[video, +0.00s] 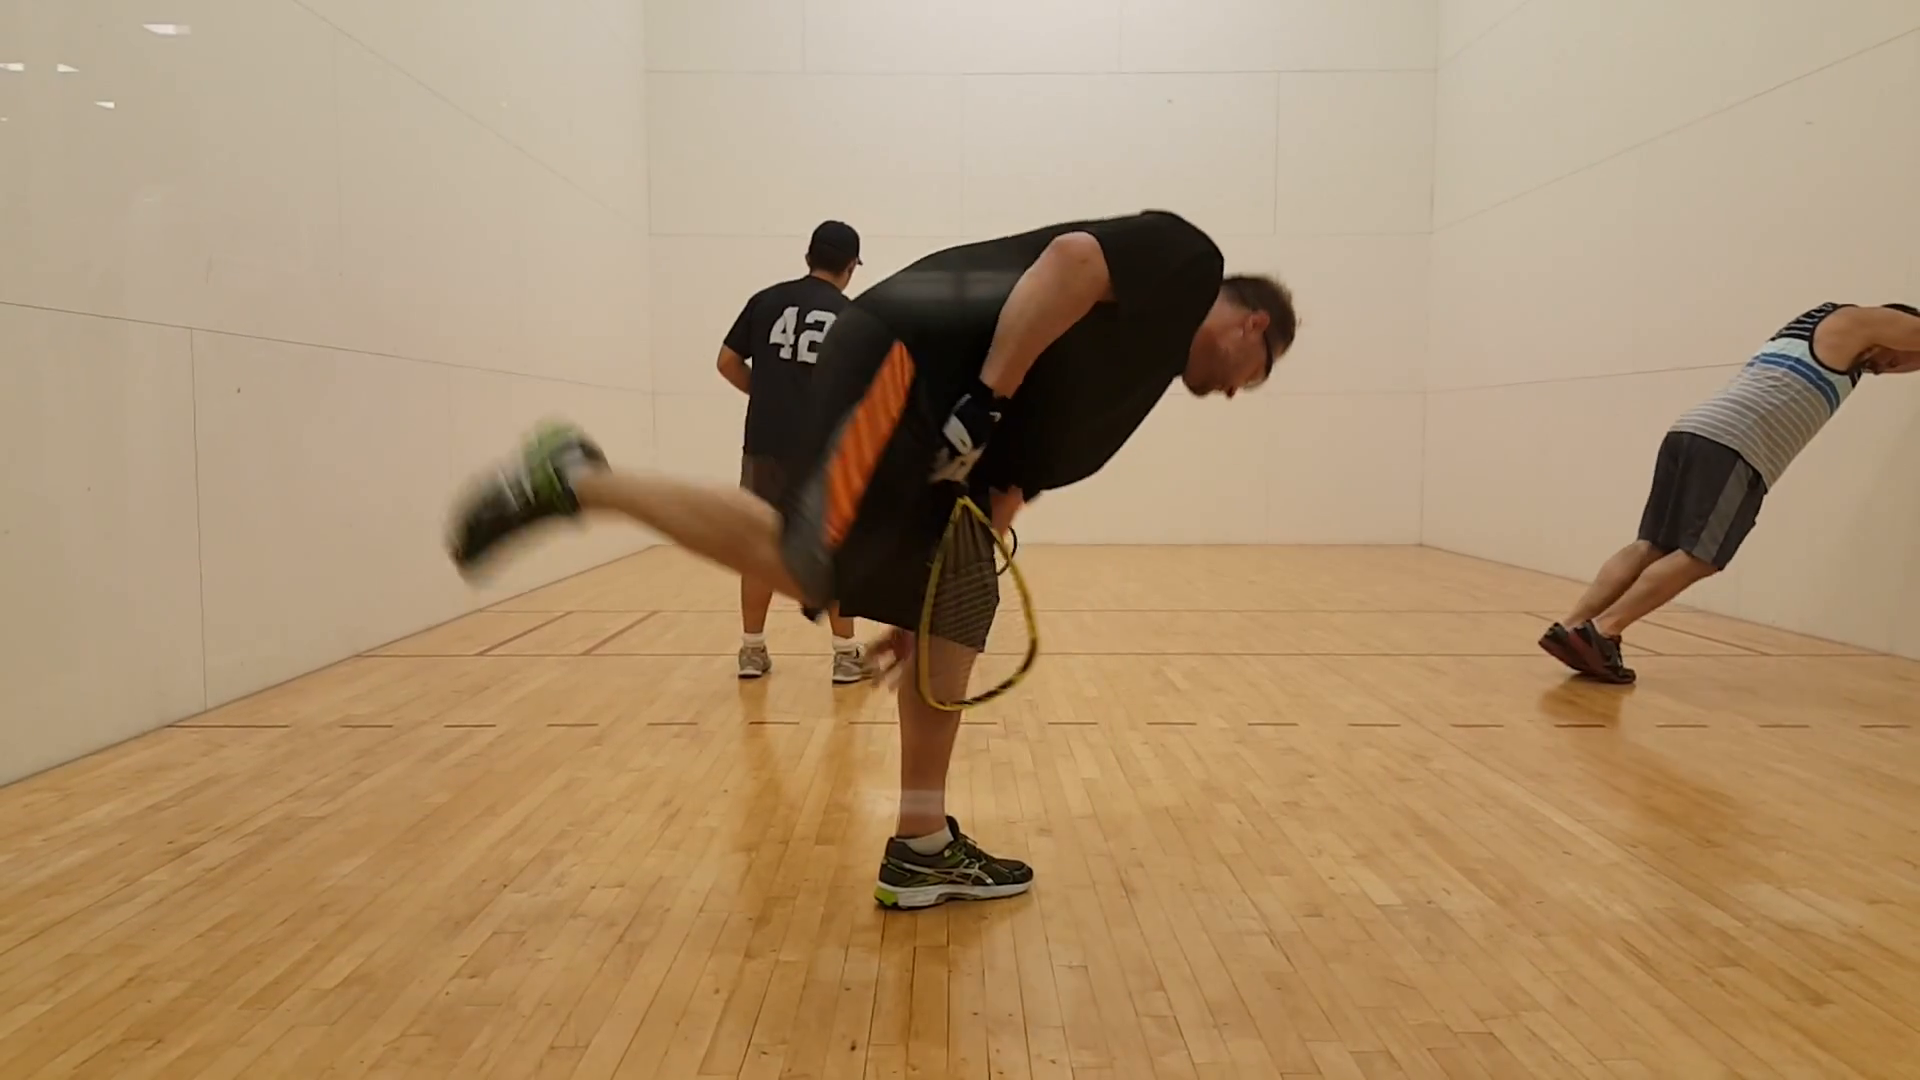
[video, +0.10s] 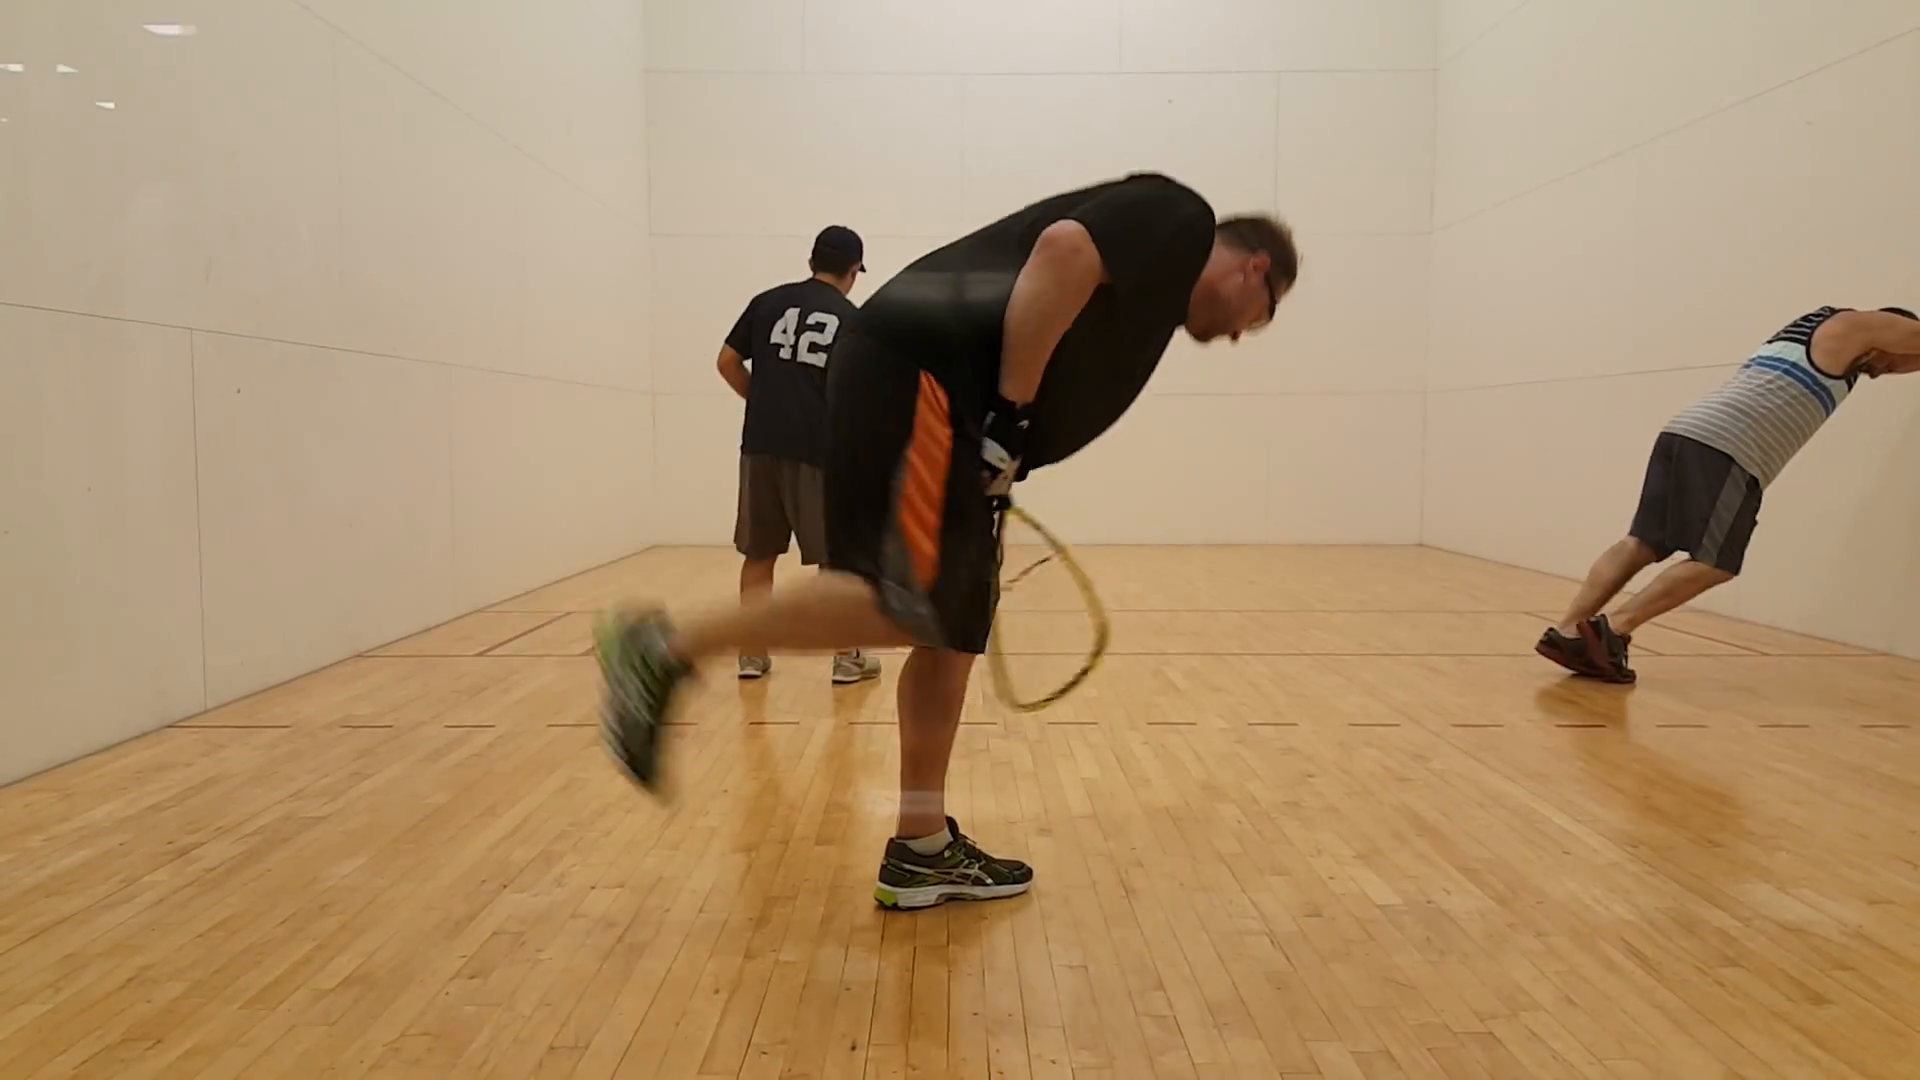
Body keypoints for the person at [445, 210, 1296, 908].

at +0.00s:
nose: (1238, 386)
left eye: (1251, 381)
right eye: (1252, 364)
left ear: (1240, 337)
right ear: (1243, 309)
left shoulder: (1127, 389)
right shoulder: (1183, 254)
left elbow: (1016, 476)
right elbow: (1071, 265)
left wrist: (955, 599)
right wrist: (986, 404)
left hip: (968, 433)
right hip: (915, 356)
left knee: (943, 621)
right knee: (809, 571)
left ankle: (922, 848)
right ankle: (581, 480)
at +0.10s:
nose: (1245, 330)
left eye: (1257, 323)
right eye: (1258, 309)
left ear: (1243, 269)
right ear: (1247, 259)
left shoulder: (1140, 301)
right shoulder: (1177, 212)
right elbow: (1065, 249)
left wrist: (1000, 464)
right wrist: (1012, 412)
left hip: (963, 401)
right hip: (921, 361)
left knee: (955, 622)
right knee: (904, 605)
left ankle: (922, 846)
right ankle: (664, 645)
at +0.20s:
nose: (1250, 259)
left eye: (1265, 249)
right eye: (1264, 236)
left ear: (1240, 197)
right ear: (1248, 192)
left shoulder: (1146, 236)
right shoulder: (1168, 165)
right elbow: (1058, 238)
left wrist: (1027, 431)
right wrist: (1037, 407)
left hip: (933, 371)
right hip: (943, 368)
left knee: (951, 617)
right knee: (972, 611)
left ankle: (923, 844)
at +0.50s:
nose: (1252, 81)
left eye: (1261, 66)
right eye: (1259, 56)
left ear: (1185, 7)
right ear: (1229, 11)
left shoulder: (1085, 70)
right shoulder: (1170, 78)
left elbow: (1035, 257)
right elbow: (1130, 259)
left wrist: (1117, 428)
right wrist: (1152, 426)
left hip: (958, 390)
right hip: (1046, 397)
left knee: (958, 619)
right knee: (1074, 658)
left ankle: (928, 842)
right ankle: (1065, 917)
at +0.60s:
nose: (1269, 53)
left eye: (1280, 39)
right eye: (1279, 30)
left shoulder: (1071, 51)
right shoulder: (1195, 61)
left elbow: (978, 224)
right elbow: (1164, 258)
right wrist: (1179, 433)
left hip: (970, 376)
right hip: (1067, 387)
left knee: (972, 615)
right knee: (1072, 657)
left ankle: (940, 837)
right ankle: (1063, 917)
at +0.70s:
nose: (1299, 33)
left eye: (1307, 19)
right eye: (1305, 12)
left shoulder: (1089, 35)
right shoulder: (1213, 50)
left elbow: (992, 209)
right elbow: (1183, 264)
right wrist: (1193, 445)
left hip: (983, 370)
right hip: (1080, 385)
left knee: (977, 606)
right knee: (1072, 656)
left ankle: (923, 830)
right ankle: (1062, 916)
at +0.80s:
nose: (1322, 29)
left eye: (1329, 19)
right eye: (1329, 12)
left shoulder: (1118, 23)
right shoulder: (1231, 54)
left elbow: (1059, 220)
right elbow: (1193, 270)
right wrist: (1200, 453)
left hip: (992, 374)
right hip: (1086, 397)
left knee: (975, 607)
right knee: (1078, 665)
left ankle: (887, 823)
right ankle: (1064, 918)